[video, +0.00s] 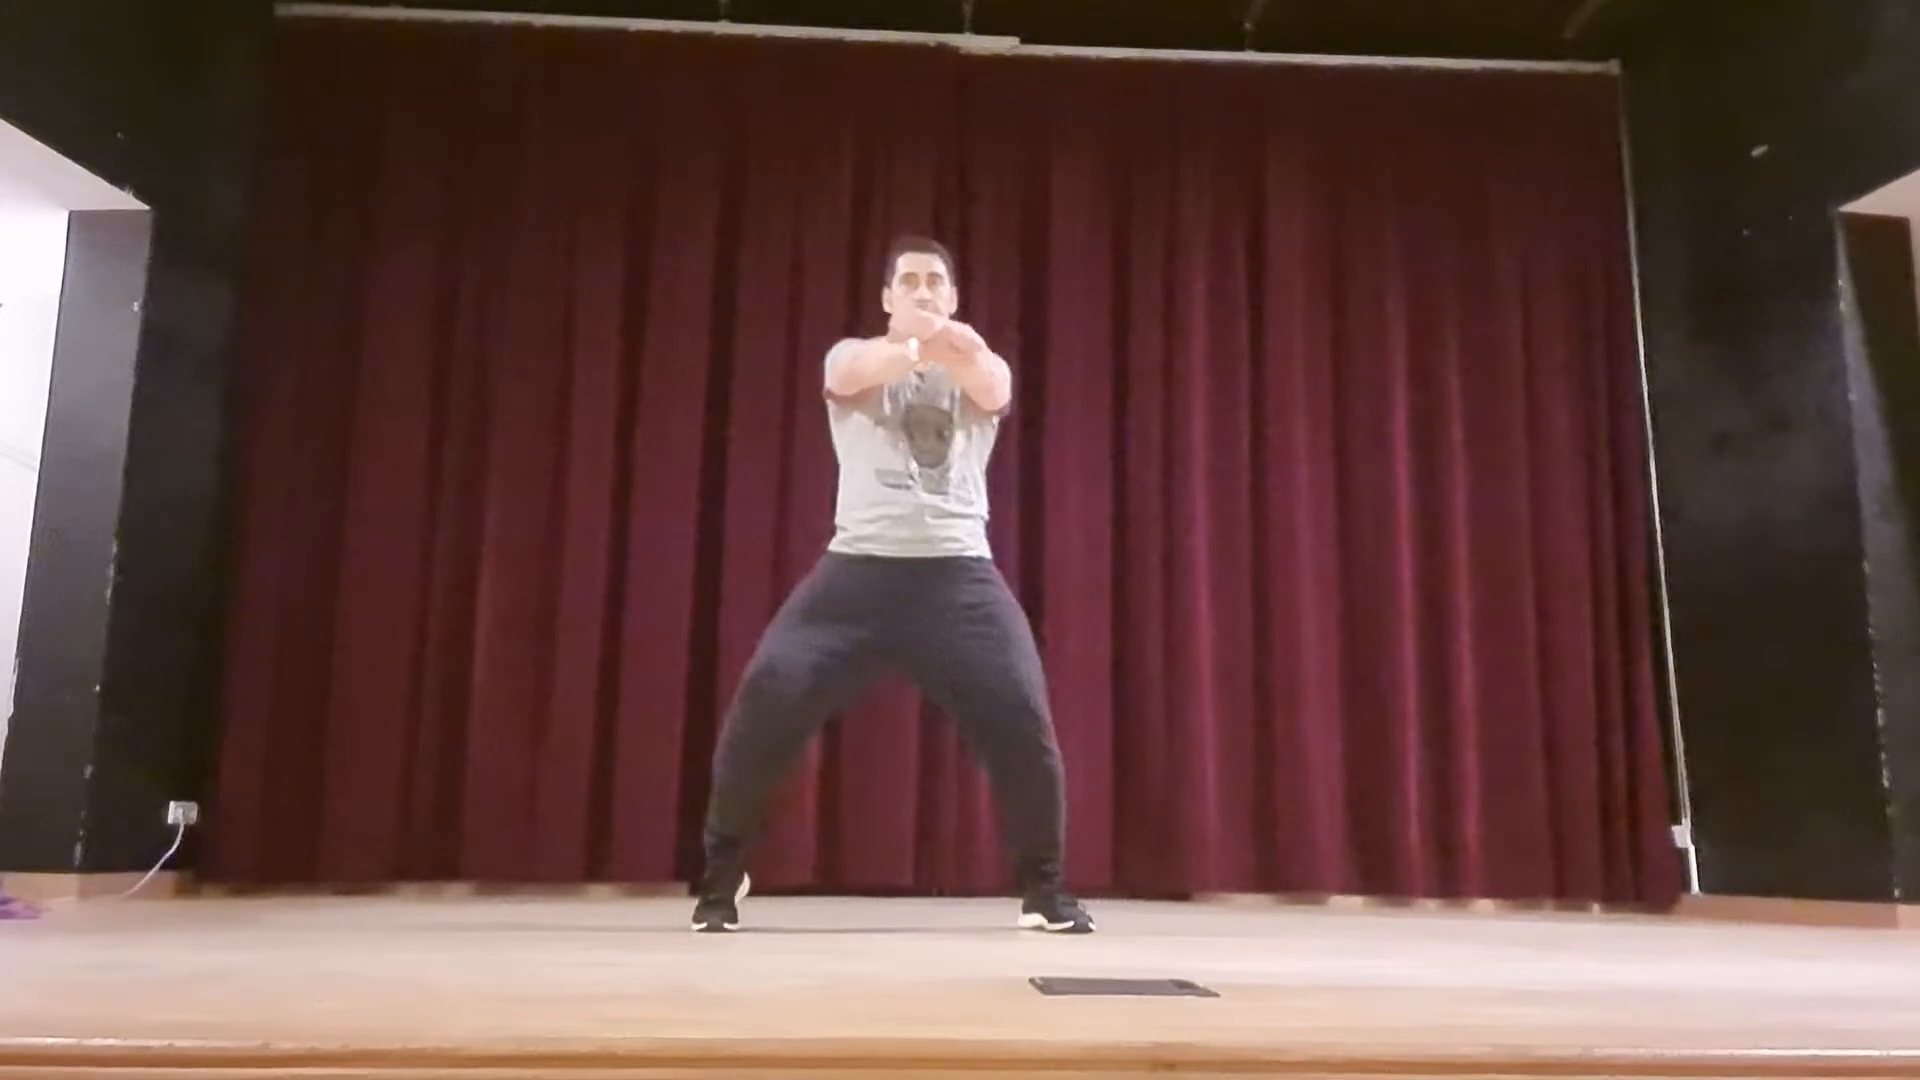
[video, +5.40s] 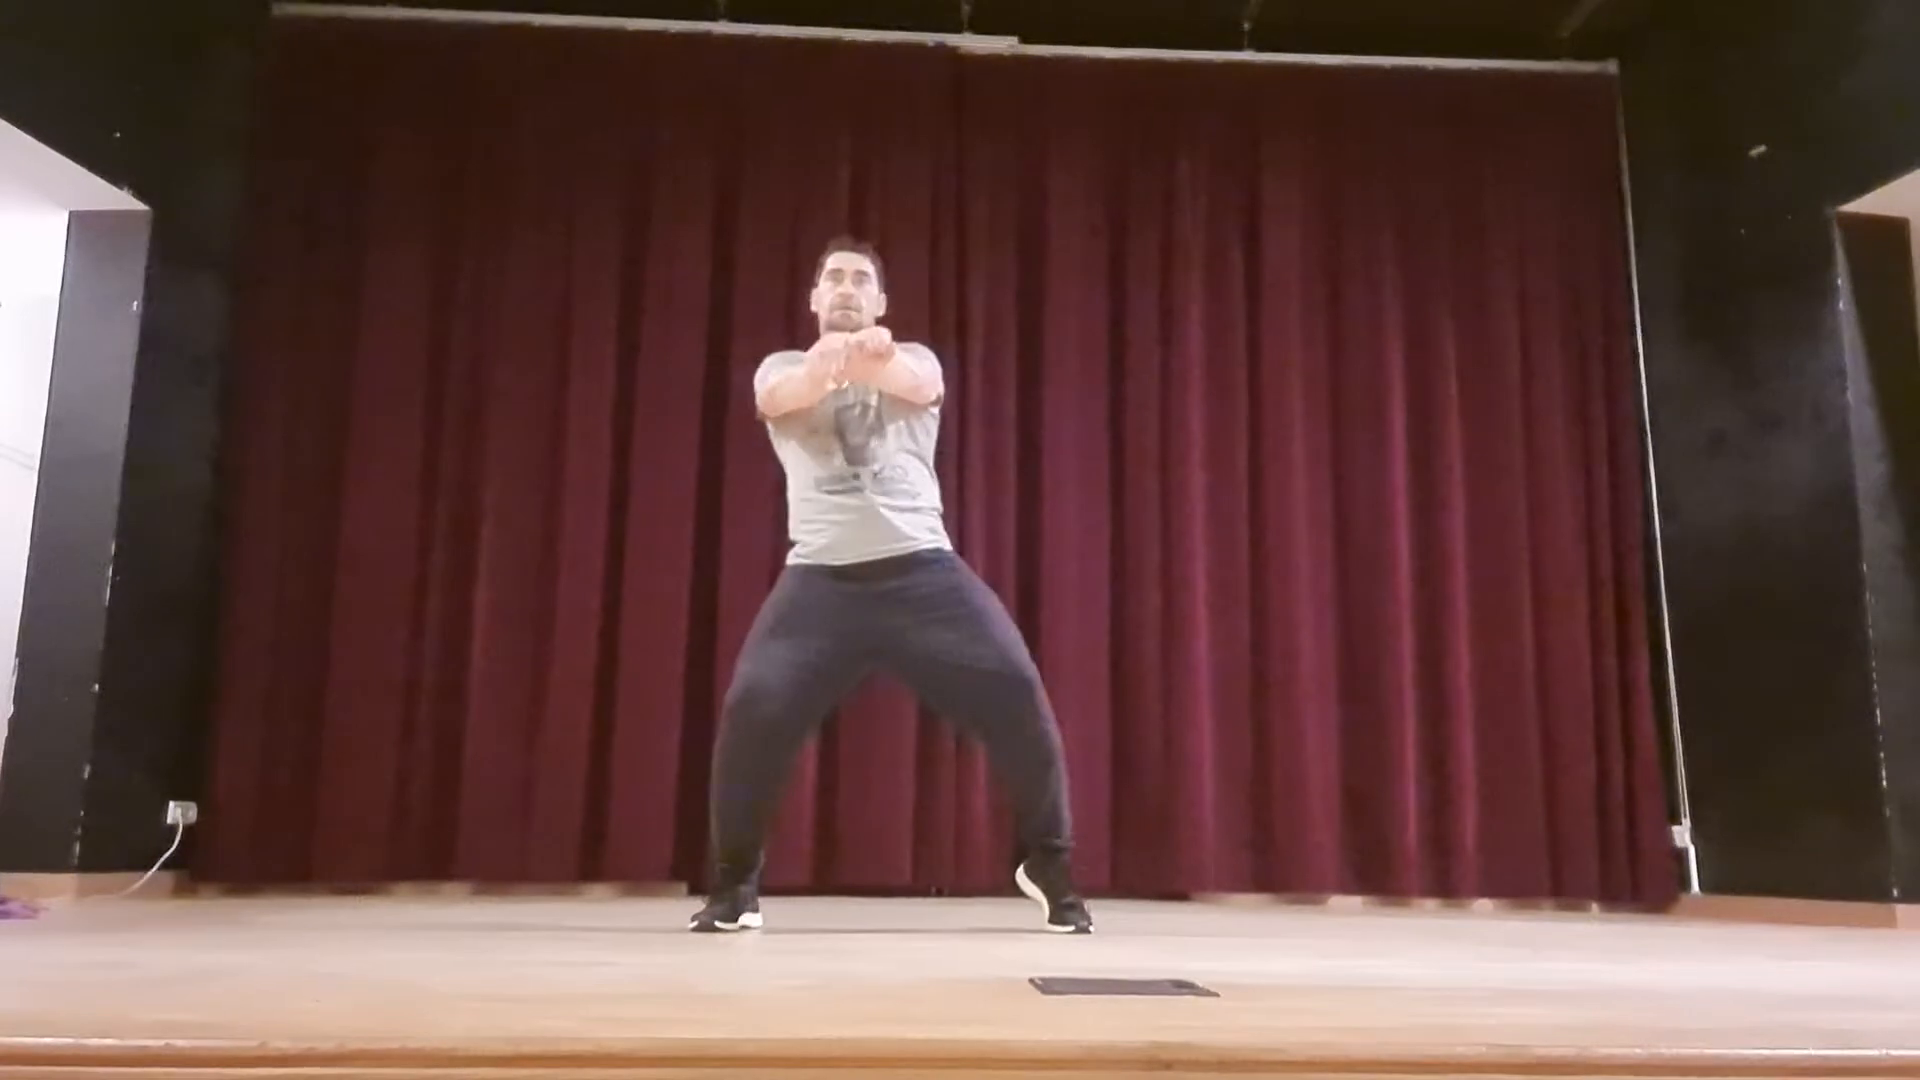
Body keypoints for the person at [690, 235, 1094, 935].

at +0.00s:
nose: (921, 291)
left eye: (932, 281)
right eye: (909, 282)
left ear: (954, 297)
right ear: (887, 298)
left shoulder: (980, 364)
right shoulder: (854, 356)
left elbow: (992, 394)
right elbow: (847, 378)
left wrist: (954, 344)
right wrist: (914, 344)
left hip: (960, 577)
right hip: (856, 572)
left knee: (1022, 718)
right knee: (771, 688)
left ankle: (1045, 888)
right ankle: (722, 867)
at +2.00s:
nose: (929, 293)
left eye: (942, 285)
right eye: (917, 288)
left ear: (967, 310)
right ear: (899, 315)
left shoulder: (989, 367)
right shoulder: (865, 363)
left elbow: (1002, 419)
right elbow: (862, 385)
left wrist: (968, 353)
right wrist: (925, 375)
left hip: (971, 578)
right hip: (869, 578)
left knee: (1031, 714)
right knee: (787, 698)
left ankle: (1047, 890)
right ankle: (734, 879)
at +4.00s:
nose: (846, 290)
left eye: (859, 280)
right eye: (834, 280)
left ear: (881, 299)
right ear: (813, 297)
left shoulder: (912, 358)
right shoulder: (784, 366)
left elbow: (921, 379)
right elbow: (771, 398)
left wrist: (875, 346)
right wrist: (815, 363)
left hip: (923, 572)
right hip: (819, 579)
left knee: (1016, 692)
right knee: (753, 702)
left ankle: (1047, 862)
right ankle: (732, 886)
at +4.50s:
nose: (926, 312)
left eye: (938, 302)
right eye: (914, 299)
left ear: (960, 305)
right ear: (892, 298)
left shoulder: (983, 365)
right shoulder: (859, 353)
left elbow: (997, 394)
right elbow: (854, 353)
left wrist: (972, 324)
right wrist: (913, 320)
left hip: (959, 573)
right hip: (856, 567)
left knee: (1022, 705)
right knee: (763, 681)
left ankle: (1041, 886)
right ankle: (730, 867)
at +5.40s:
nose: (845, 289)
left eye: (859, 280)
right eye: (833, 279)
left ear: (881, 300)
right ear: (812, 297)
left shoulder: (914, 360)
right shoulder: (780, 369)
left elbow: (923, 385)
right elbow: (782, 398)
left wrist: (874, 369)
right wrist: (826, 369)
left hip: (923, 572)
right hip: (820, 579)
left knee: (1017, 689)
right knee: (755, 702)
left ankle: (1047, 862)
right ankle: (732, 885)